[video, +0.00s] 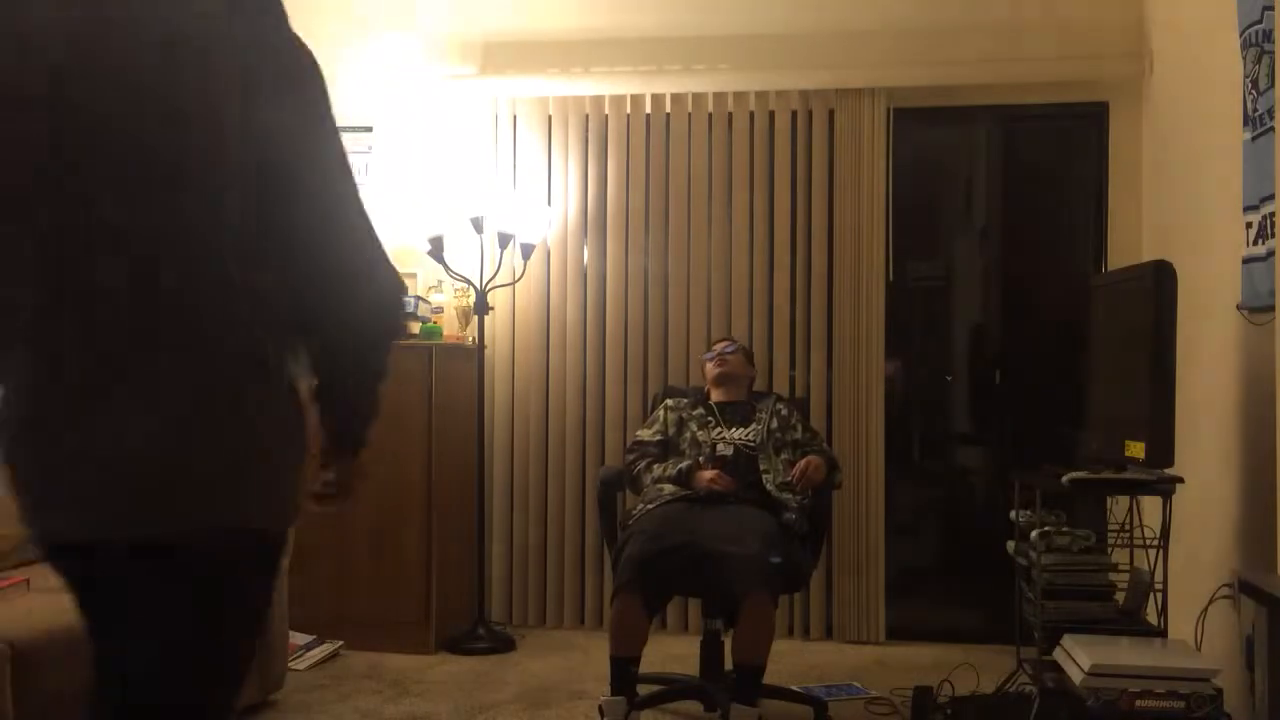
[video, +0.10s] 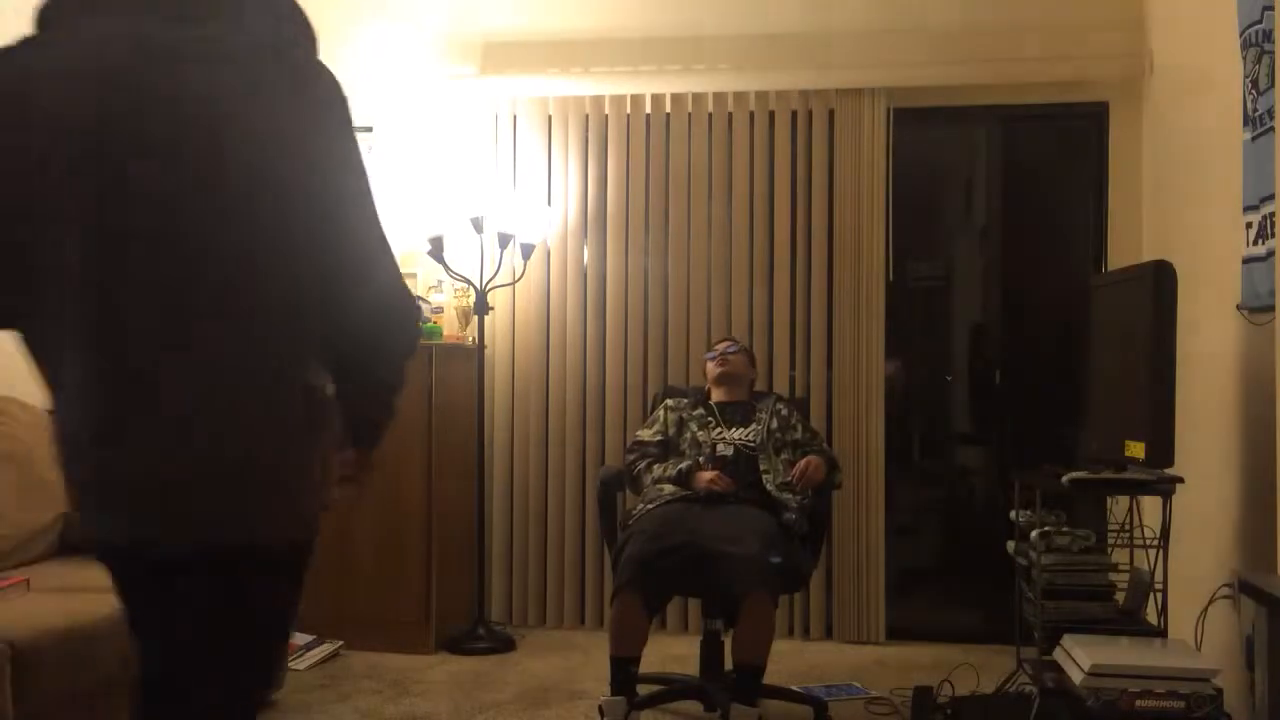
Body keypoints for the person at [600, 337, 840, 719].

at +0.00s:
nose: (719, 354)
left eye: (730, 349)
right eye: (711, 353)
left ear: (752, 370)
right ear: (703, 374)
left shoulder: (778, 412)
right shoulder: (673, 410)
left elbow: (825, 458)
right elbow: (639, 464)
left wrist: (820, 462)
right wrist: (689, 476)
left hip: (751, 508)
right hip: (675, 505)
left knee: (757, 574)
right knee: (638, 566)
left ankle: (746, 705)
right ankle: (621, 696)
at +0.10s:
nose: (721, 353)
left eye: (733, 349)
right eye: (712, 352)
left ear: (753, 370)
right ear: (704, 373)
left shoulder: (778, 412)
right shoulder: (673, 410)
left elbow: (825, 458)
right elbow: (639, 464)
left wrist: (820, 461)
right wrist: (689, 476)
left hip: (751, 508)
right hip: (674, 505)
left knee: (758, 574)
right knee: (638, 566)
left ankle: (746, 704)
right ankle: (621, 695)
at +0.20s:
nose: (723, 352)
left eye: (735, 349)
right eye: (715, 351)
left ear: (754, 370)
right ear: (706, 372)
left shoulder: (779, 413)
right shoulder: (673, 410)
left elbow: (826, 459)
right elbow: (639, 465)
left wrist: (820, 461)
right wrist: (689, 476)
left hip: (751, 508)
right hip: (674, 505)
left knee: (757, 576)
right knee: (638, 568)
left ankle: (746, 705)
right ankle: (621, 696)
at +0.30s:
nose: (725, 352)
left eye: (737, 349)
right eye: (716, 351)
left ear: (755, 371)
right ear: (707, 373)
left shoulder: (779, 413)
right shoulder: (673, 410)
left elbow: (826, 459)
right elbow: (640, 464)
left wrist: (820, 461)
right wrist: (689, 476)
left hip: (751, 508)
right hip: (674, 505)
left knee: (757, 577)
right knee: (638, 569)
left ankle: (745, 705)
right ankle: (621, 697)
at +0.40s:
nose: (727, 351)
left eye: (738, 349)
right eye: (718, 350)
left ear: (756, 370)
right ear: (707, 372)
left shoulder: (779, 412)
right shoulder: (673, 410)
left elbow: (825, 459)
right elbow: (639, 464)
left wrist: (820, 461)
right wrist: (689, 476)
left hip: (751, 507)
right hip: (674, 504)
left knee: (758, 576)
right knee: (638, 568)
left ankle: (745, 705)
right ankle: (621, 696)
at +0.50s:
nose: (728, 351)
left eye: (739, 349)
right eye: (719, 350)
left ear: (757, 370)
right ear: (708, 371)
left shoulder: (779, 412)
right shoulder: (674, 410)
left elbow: (824, 457)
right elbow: (638, 464)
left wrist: (820, 461)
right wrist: (690, 476)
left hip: (750, 507)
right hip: (673, 504)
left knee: (758, 576)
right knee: (638, 568)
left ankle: (746, 703)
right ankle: (621, 694)